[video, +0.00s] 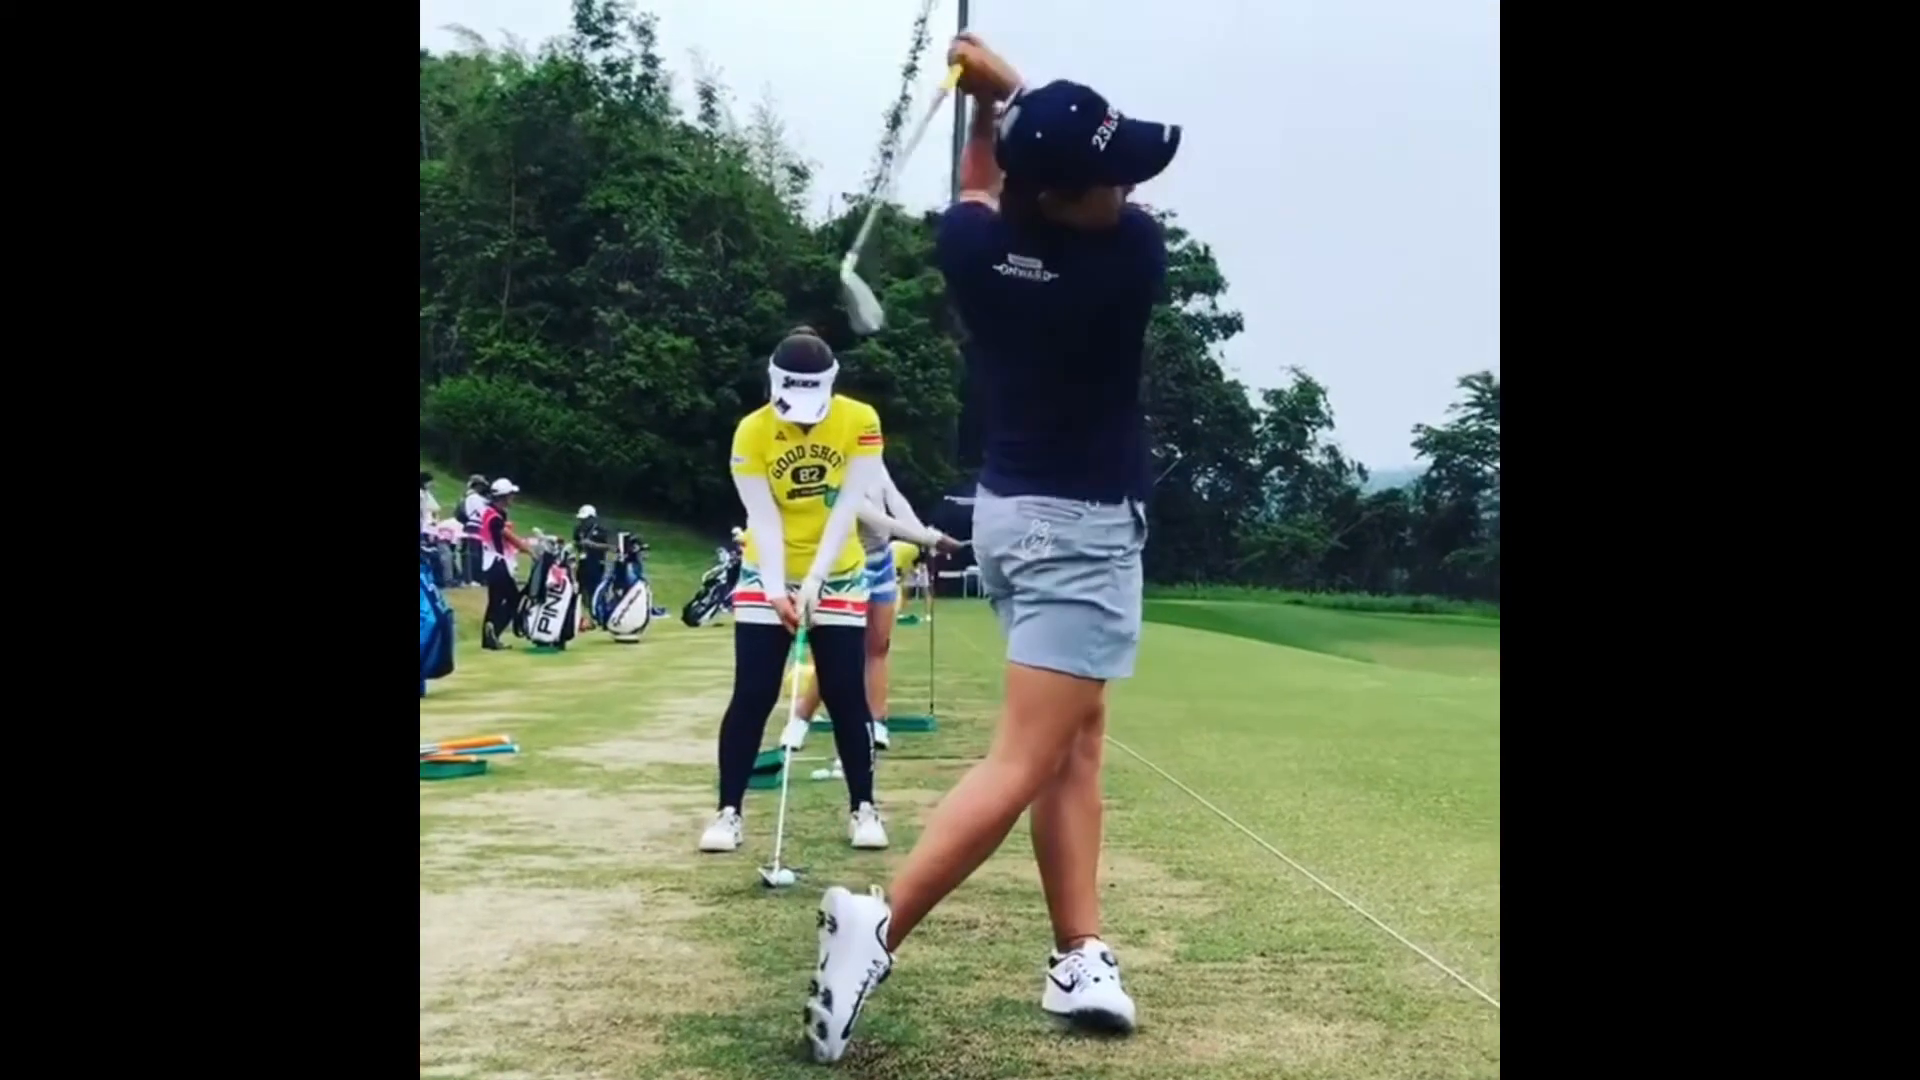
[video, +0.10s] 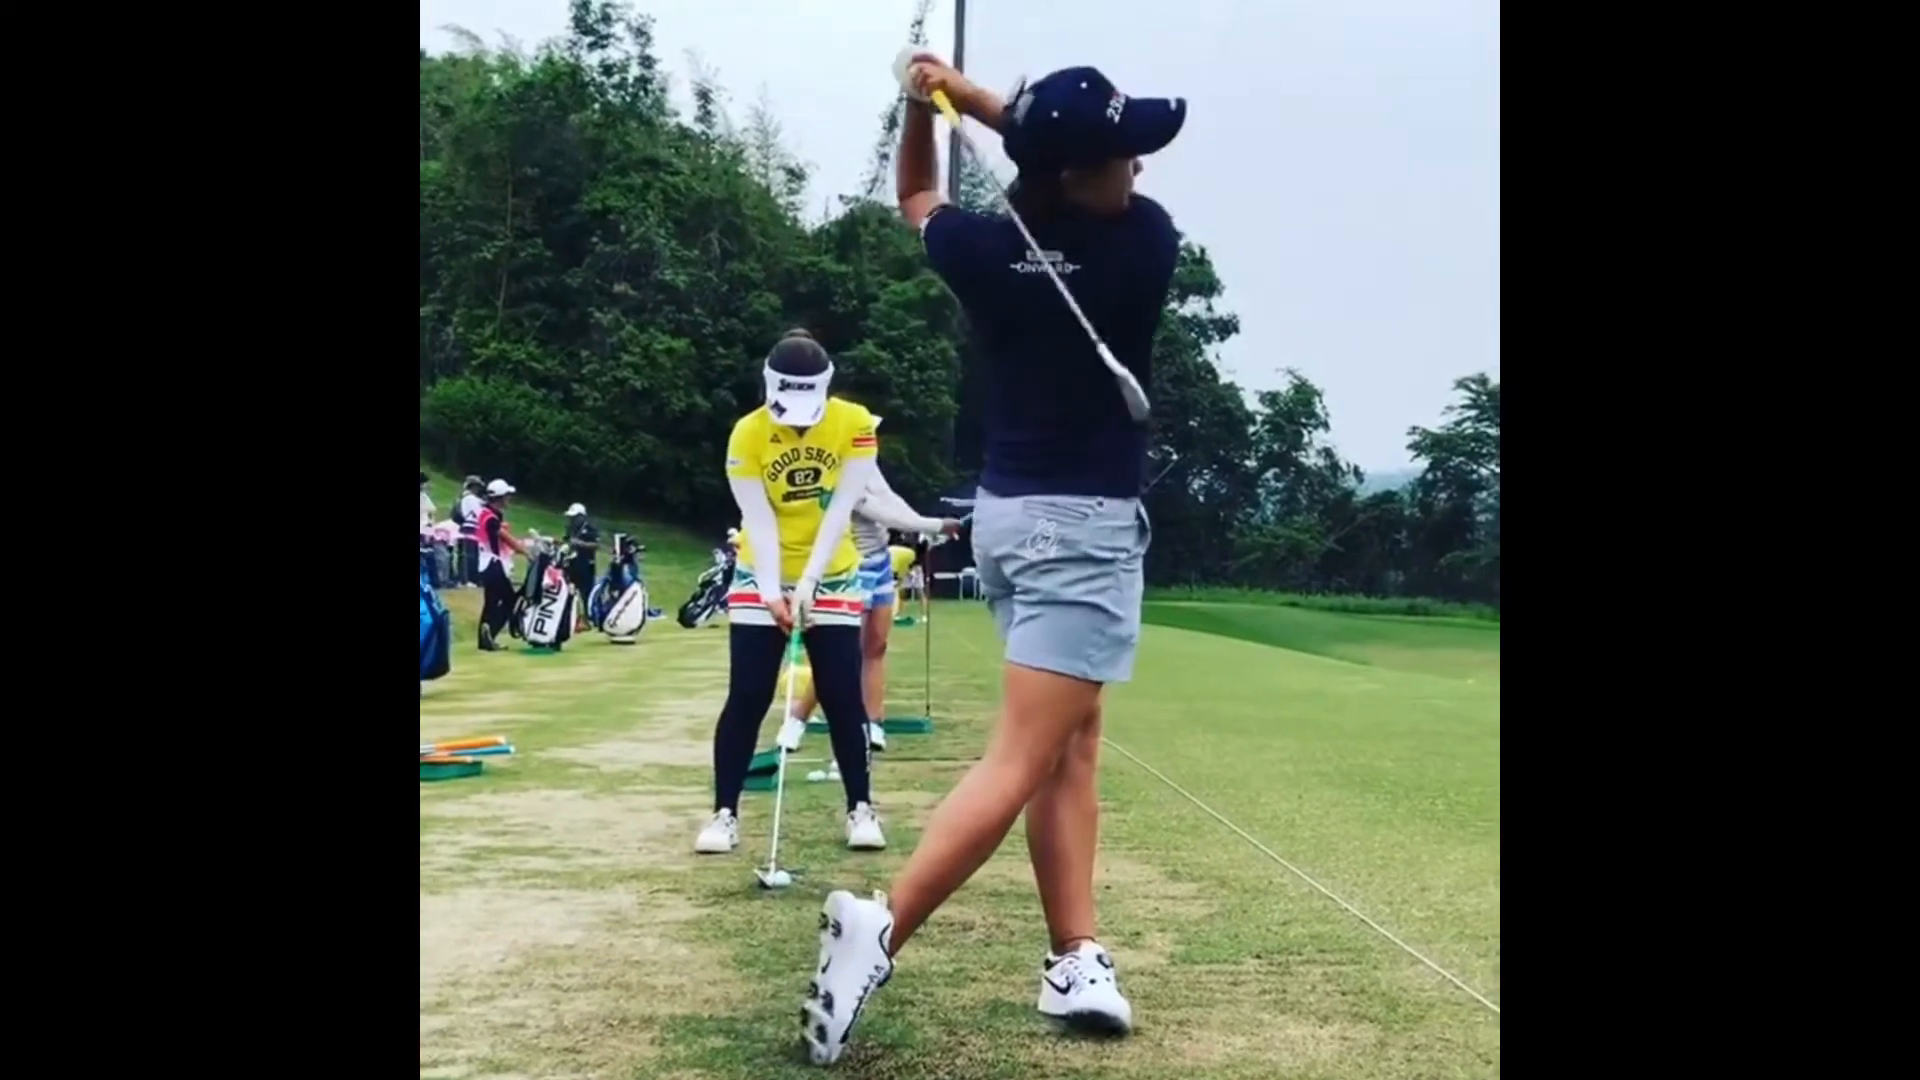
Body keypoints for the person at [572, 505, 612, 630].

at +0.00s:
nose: (582, 522)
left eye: (585, 519)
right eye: (581, 519)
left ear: (592, 517)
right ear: (580, 518)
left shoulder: (600, 530)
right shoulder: (579, 530)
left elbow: (605, 547)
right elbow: (577, 545)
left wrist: (590, 545)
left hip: (595, 563)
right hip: (582, 563)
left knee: (593, 591)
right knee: (584, 591)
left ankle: (594, 618)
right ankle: (586, 618)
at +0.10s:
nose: (571, 520)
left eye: (574, 517)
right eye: (570, 517)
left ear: (581, 516)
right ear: (570, 517)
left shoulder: (589, 528)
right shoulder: (570, 528)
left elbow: (595, 545)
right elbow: (567, 542)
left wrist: (578, 543)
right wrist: (562, 546)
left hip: (586, 563)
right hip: (572, 562)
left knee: (586, 592)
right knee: (569, 591)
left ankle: (588, 619)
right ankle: (569, 619)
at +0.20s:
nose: (561, 520)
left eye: (564, 517)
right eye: (560, 517)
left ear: (571, 516)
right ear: (560, 517)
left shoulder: (579, 530)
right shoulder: (560, 530)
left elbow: (585, 546)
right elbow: (557, 543)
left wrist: (568, 547)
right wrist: (551, 545)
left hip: (577, 564)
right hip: (563, 563)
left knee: (579, 594)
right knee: (562, 593)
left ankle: (582, 621)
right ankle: (562, 621)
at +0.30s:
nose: (550, 523)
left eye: (552, 519)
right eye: (548, 520)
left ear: (559, 519)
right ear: (548, 520)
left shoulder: (567, 531)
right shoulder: (549, 531)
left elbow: (573, 548)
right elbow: (547, 546)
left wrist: (562, 551)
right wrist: (535, 543)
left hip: (566, 566)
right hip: (552, 565)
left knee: (572, 594)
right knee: (553, 593)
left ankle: (577, 622)